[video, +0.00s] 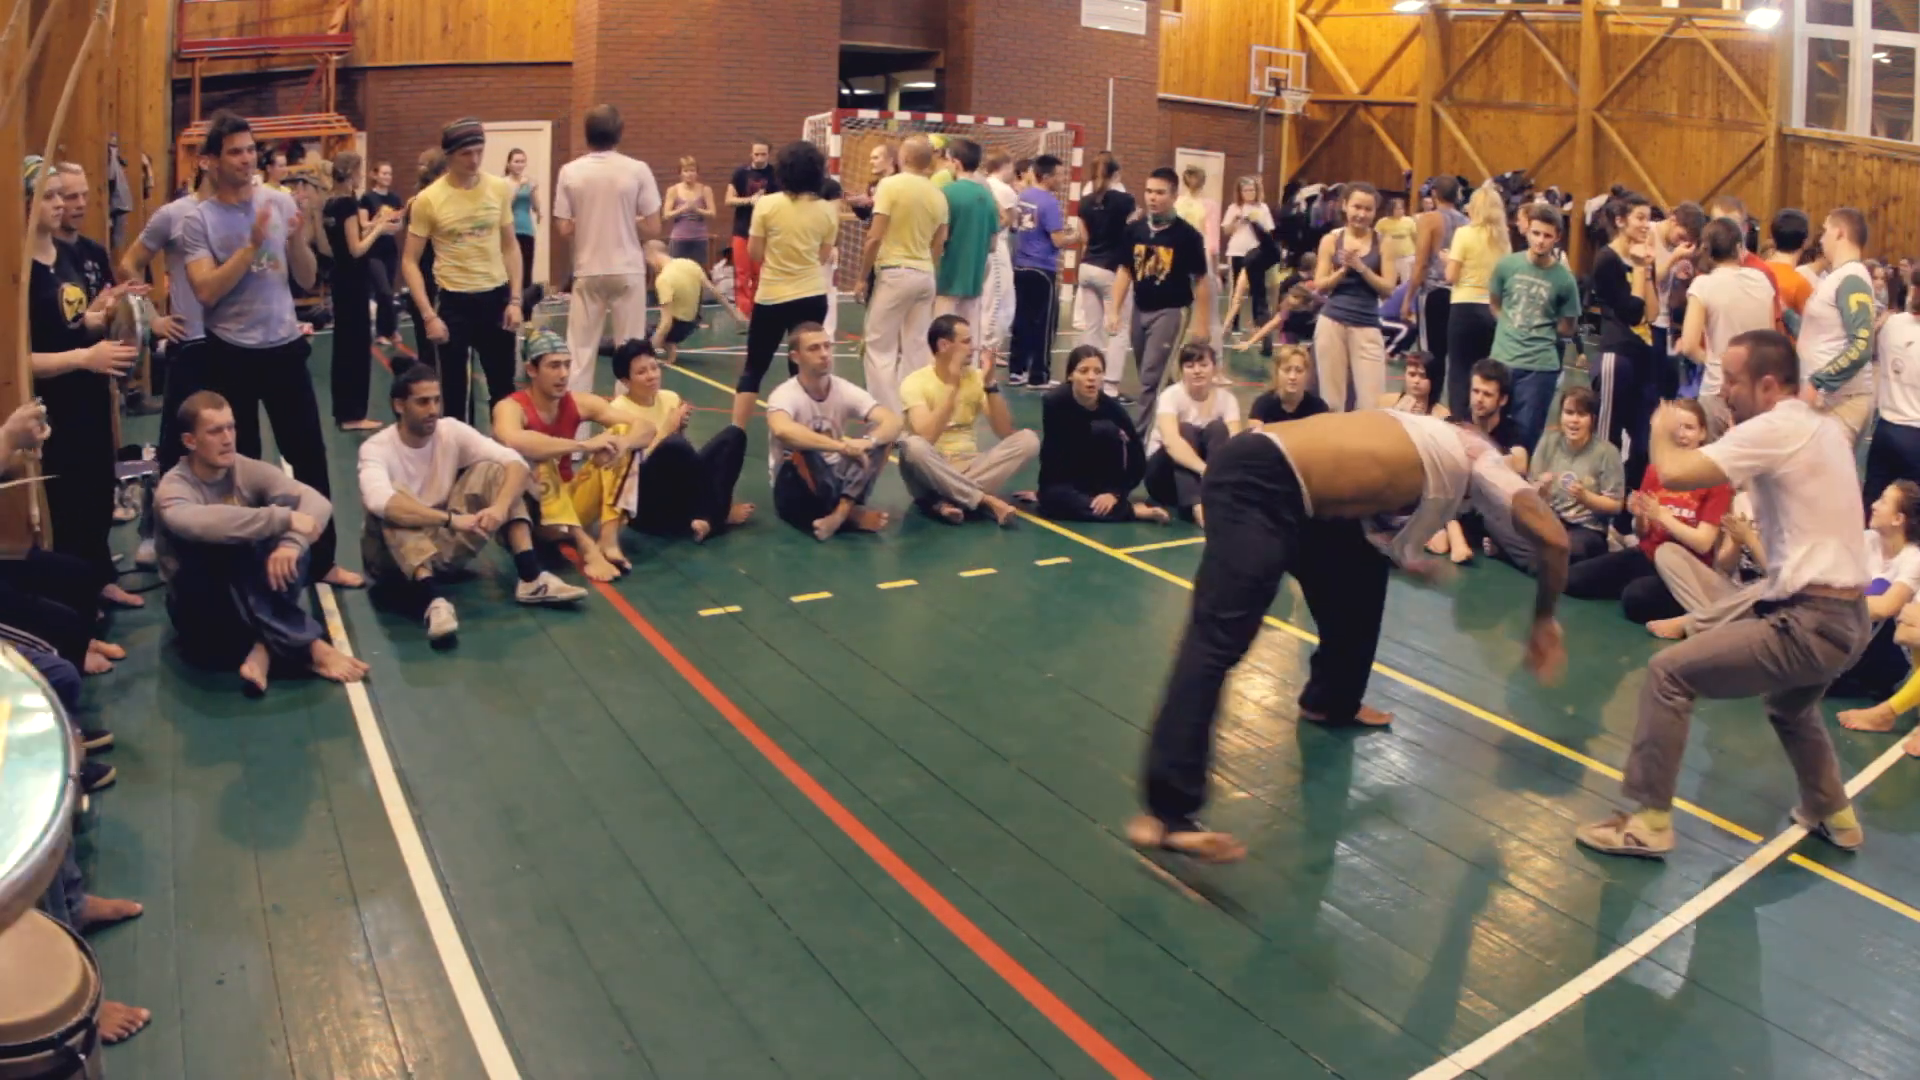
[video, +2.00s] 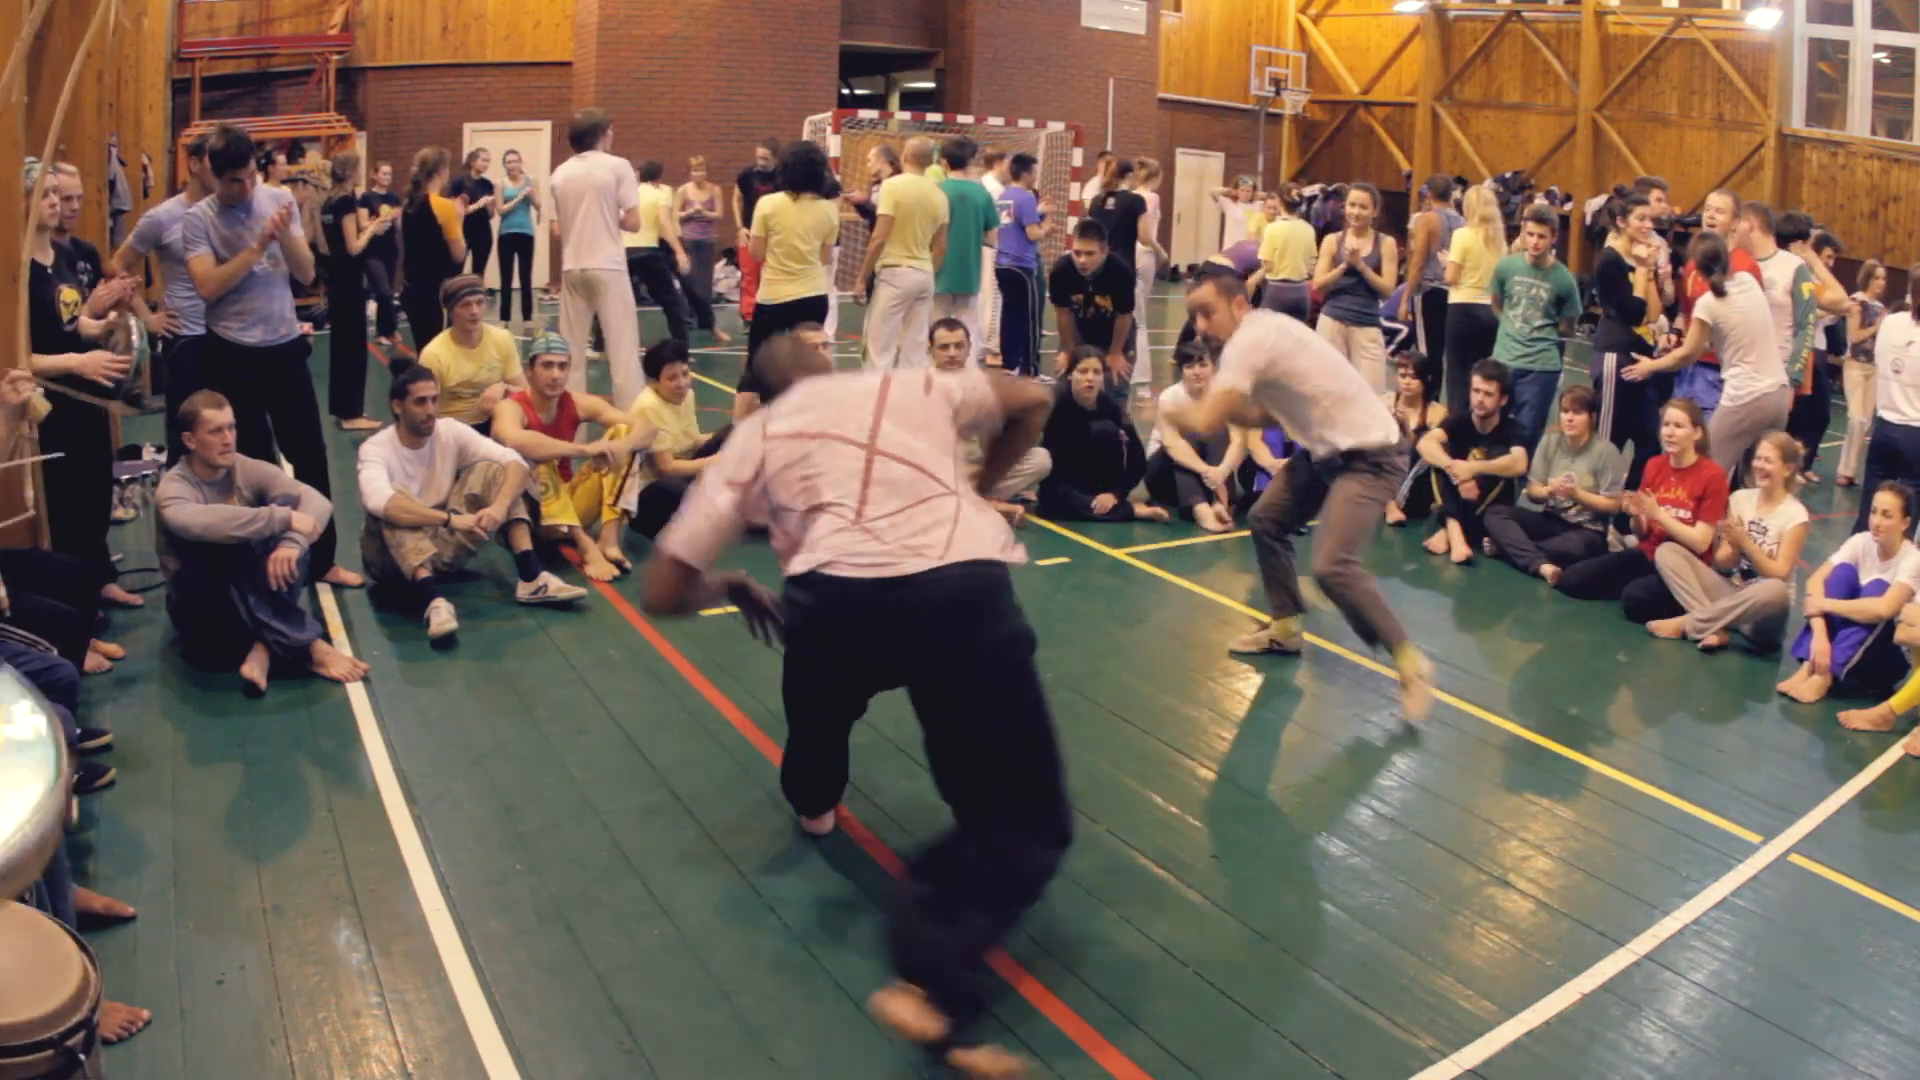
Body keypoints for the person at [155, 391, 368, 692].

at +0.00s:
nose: (228, 439)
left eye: (231, 428)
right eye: (215, 432)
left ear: (237, 429)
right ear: (189, 441)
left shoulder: (245, 469)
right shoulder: (174, 487)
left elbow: (316, 502)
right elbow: (193, 523)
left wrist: (292, 544)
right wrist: (284, 518)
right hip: (209, 620)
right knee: (212, 545)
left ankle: (266, 646)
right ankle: (310, 645)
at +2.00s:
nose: (228, 439)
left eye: (231, 428)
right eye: (216, 432)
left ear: (237, 429)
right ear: (189, 440)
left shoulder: (246, 469)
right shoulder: (174, 487)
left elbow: (317, 502)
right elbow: (192, 523)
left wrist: (292, 544)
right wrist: (283, 518)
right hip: (208, 612)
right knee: (212, 546)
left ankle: (264, 646)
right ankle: (310, 645)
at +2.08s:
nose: (229, 439)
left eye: (231, 428)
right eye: (216, 432)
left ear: (237, 429)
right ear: (190, 440)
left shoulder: (246, 469)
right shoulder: (174, 487)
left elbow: (317, 502)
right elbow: (195, 524)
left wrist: (292, 544)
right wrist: (283, 518)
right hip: (209, 614)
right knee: (214, 546)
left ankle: (264, 646)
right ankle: (310, 646)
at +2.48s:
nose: (229, 439)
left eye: (232, 429)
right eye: (217, 432)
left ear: (238, 429)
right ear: (190, 440)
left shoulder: (247, 469)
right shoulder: (174, 488)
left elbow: (317, 502)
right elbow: (196, 523)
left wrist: (292, 544)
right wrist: (284, 517)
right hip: (211, 613)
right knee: (212, 545)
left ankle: (265, 645)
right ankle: (310, 645)